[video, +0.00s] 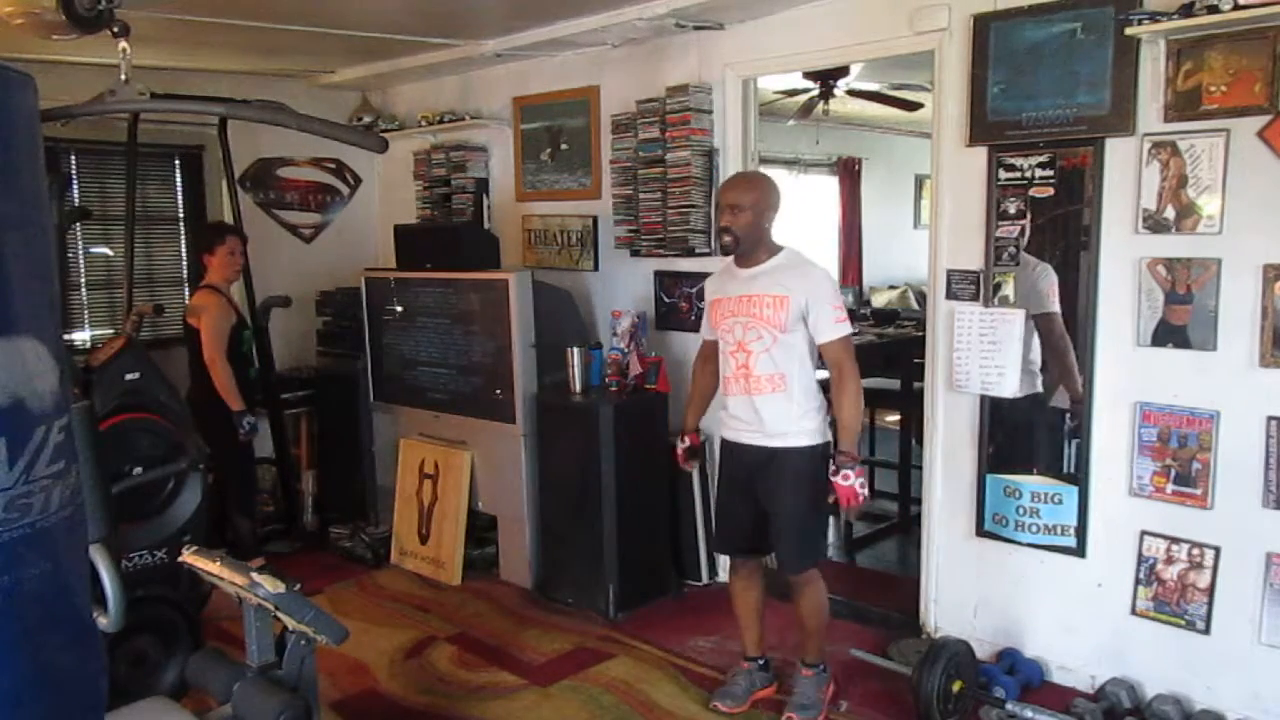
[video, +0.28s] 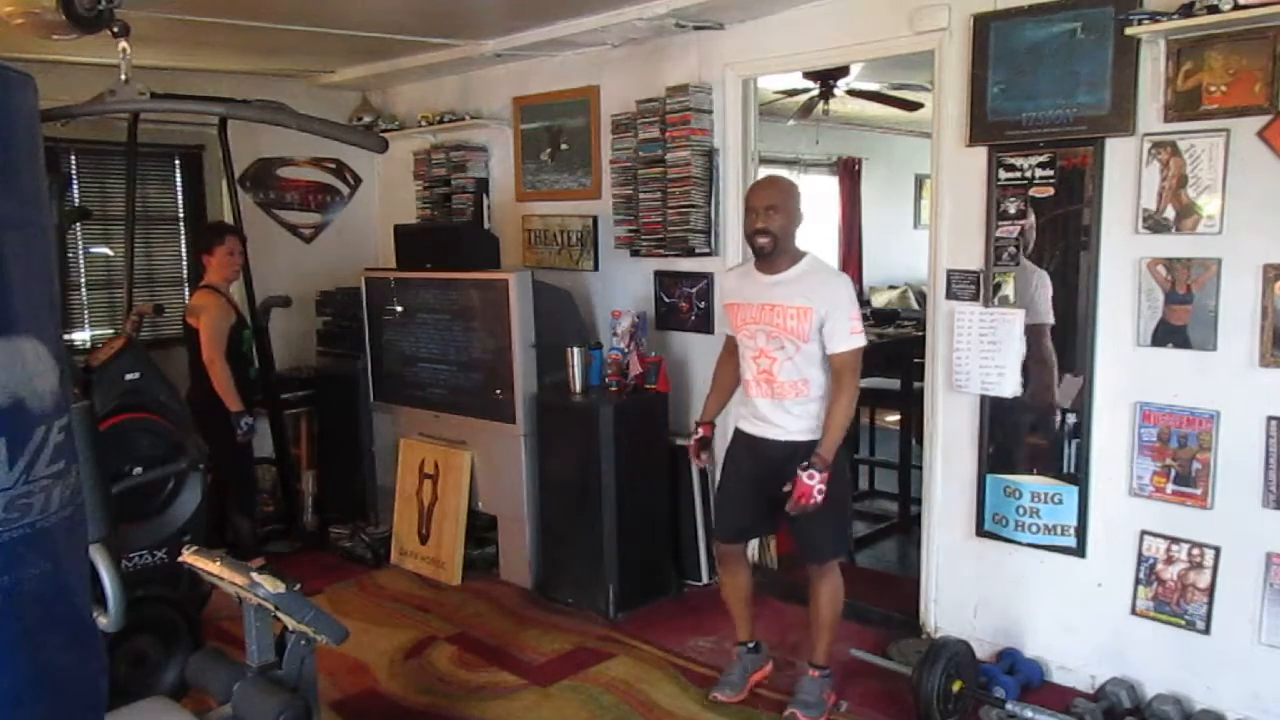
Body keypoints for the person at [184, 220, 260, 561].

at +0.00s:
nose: (239, 261)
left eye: (241, 254)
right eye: (231, 254)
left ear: (242, 258)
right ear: (208, 259)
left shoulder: (208, 297)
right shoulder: (214, 303)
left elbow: (214, 357)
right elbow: (215, 360)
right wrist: (240, 410)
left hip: (209, 402)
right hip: (220, 405)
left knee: (227, 478)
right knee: (239, 479)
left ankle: (224, 548)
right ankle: (248, 553)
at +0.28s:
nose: (237, 261)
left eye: (240, 255)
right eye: (229, 254)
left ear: (241, 258)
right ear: (207, 259)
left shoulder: (209, 297)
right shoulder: (214, 304)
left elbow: (214, 358)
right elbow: (214, 361)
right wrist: (238, 411)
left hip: (210, 402)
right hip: (220, 406)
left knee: (225, 479)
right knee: (238, 480)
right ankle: (247, 553)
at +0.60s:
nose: (238, 261)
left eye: (240, 254)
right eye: (230, 254)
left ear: (242, 257)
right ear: (208, 259)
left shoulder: (208, 296)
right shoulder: (215, 303)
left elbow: (213, 357)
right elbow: (215, 360)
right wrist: (239, 410)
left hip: (209, 402)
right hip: (220, 406)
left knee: (224, 479)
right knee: (237, 480)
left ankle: (220, 548)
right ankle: (245, 552)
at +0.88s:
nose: (240, 263)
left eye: (242, 256)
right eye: (231, 255)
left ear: (243, 258)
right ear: (209, 258)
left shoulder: (209, 296)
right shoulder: (215, 304)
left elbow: (215, 358)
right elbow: (215, 361)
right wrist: (239, 410)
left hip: (209, 402)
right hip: (220, 406)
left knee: (226, 479)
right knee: (237, 480)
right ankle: (245, 552)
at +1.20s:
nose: (242, 268)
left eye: (245, 260)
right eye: (234, 259)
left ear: (248, 260)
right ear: (212, 259)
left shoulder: (224, 295)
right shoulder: (212, 302)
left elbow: (228, 354)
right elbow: (216, 359)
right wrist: (246, 407)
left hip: (219, 401)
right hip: (218, 405)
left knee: (233, 478)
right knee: (236, 479)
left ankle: (235, 549)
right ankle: (241, 552)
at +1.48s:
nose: (243, 270)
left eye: (247, 263)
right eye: (236, 261)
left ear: (251, 262)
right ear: (214, 259)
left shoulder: (230, 295)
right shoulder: (210, 301)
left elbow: (236, 353)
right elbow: (211, 361)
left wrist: (253, 396)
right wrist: (237, 410)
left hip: (234, 400)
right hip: (218, 405)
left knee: (237, 478)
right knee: (232, 481)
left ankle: (239, 547)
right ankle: (235, 551)